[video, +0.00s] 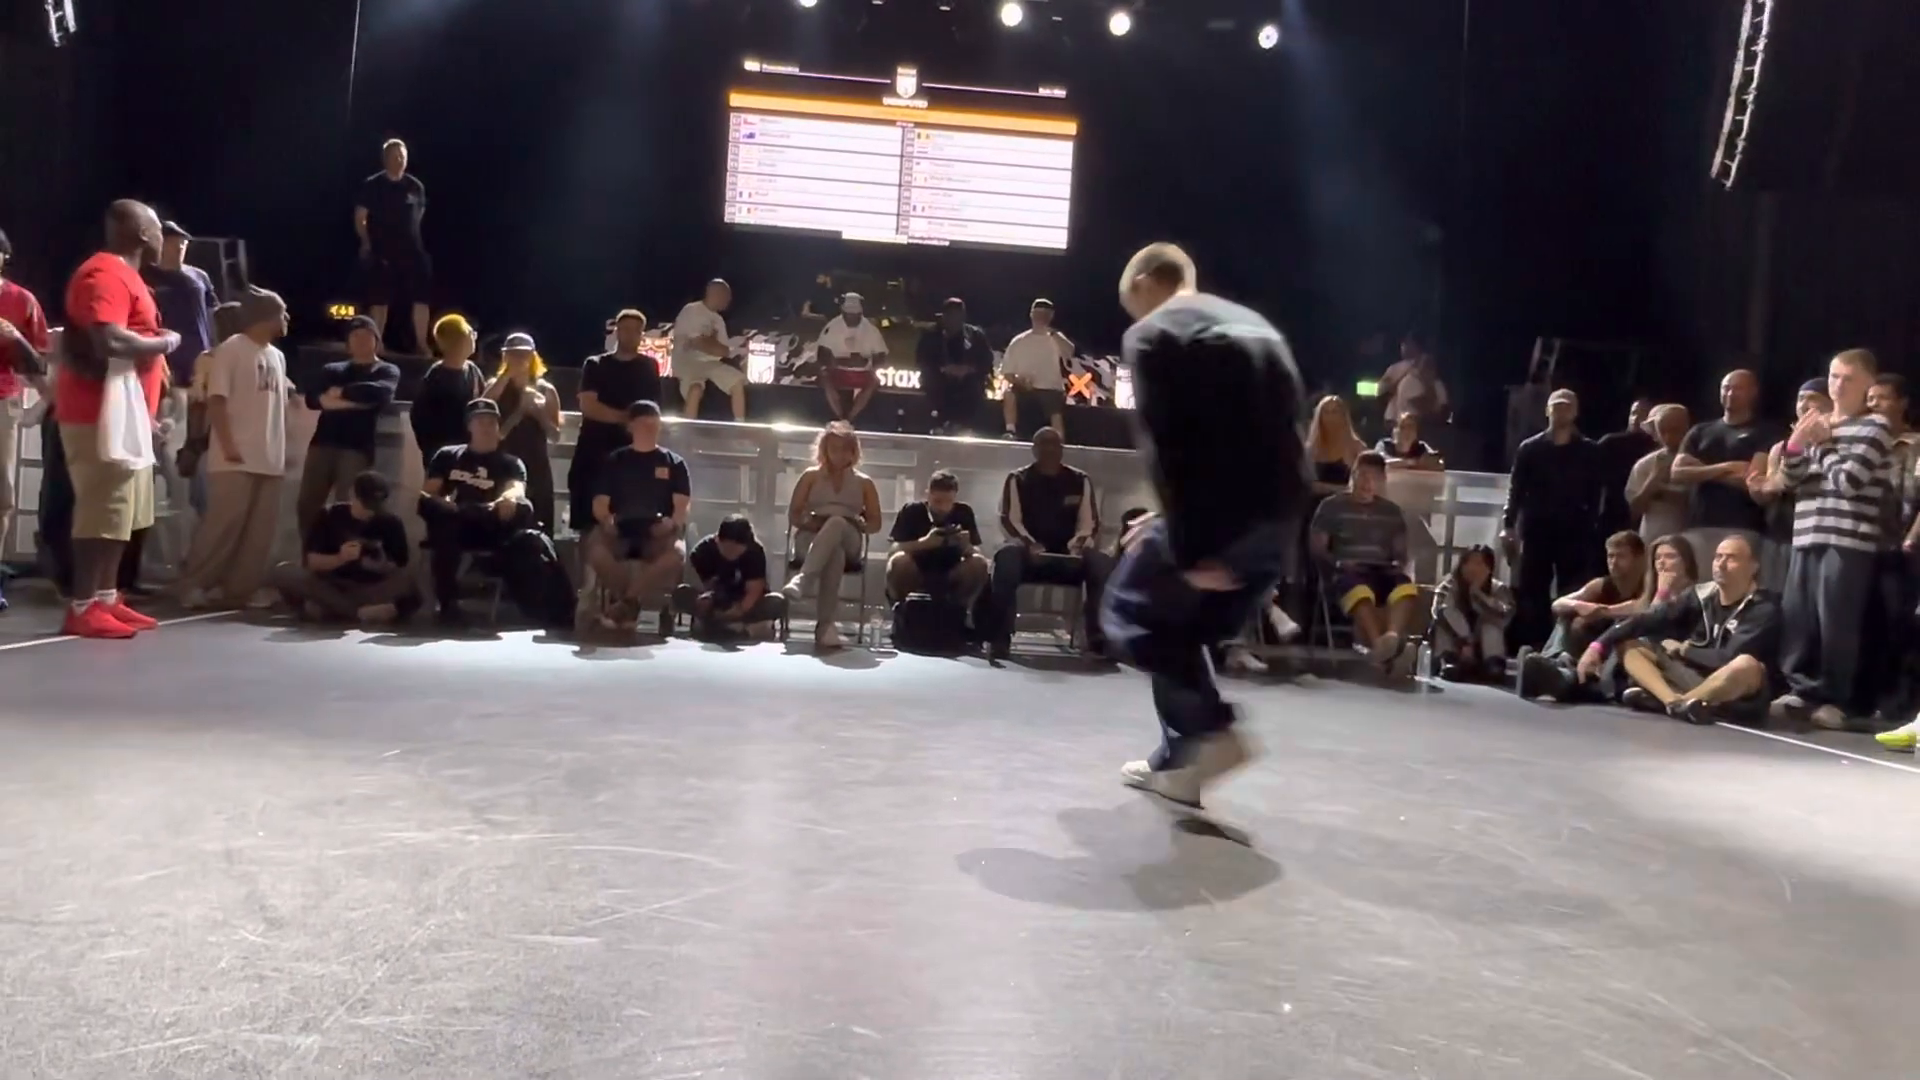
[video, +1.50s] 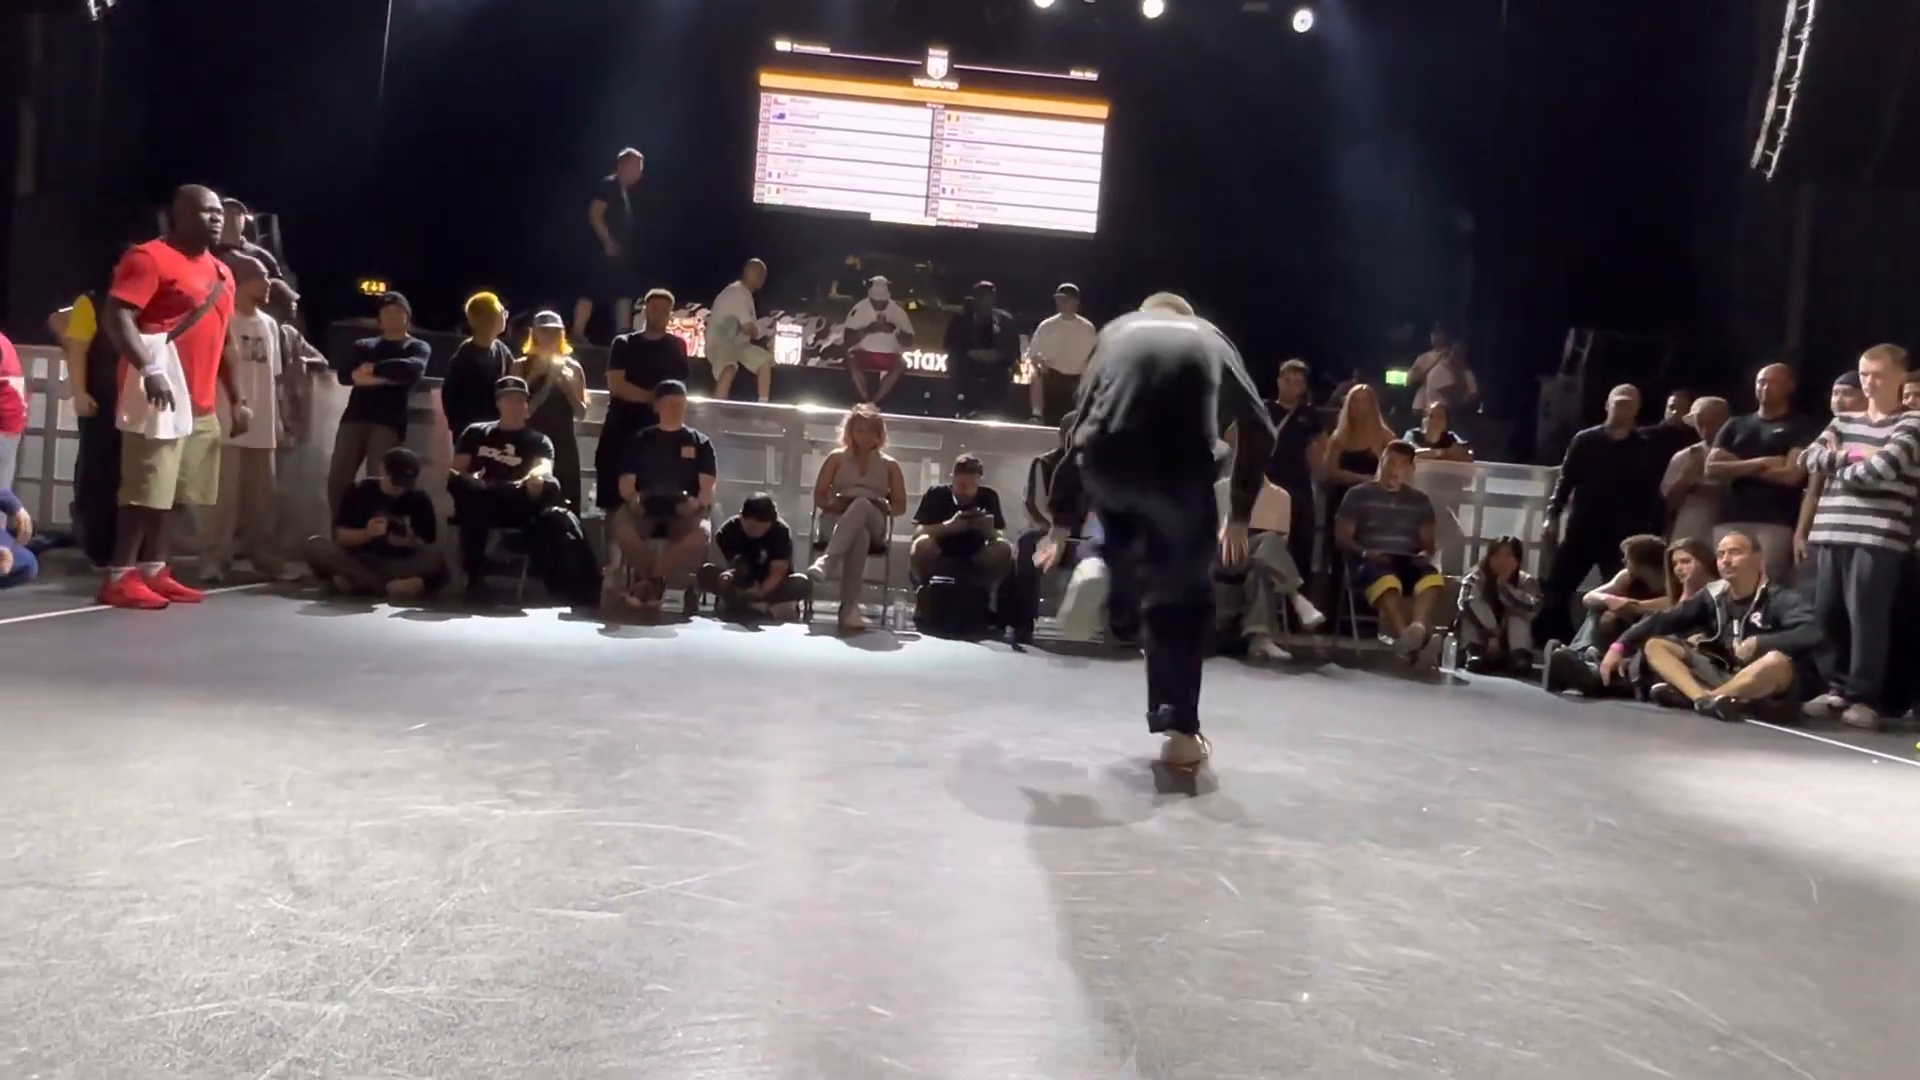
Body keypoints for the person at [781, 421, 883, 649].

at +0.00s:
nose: (840, 454)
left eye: (846, 449)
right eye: (835, 449)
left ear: (854, 452)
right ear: (824, 450)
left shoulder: (864, 483)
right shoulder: (811, 477)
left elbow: (875, 524)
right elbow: (795, 516)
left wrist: (852, 522)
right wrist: (819, 526)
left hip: (850, 545)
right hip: (810, 540)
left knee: (836, 523)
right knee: (835, 552)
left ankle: (802, 578)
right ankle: (825, 626)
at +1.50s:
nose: (867, 437)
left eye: (872, 431)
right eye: (860, 431)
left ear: (880, 435)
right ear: (850, 433)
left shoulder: (889, 466)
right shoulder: (837, 459)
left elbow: (899, 507)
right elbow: (819, 497)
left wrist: (874, 505)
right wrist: (845, 508)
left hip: (874, 527)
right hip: (835, 522)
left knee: (860, 504)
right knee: (859, 533)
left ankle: (826, 560)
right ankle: (849, 608)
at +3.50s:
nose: (877, 426)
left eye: (882, 421)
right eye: (871, 420)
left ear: (889, 425)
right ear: (860, 423)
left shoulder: (899, 457)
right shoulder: (846, 449)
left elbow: (909, 498)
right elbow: (829, 488)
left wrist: (885, 495)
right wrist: (851, 497)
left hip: (884, 517)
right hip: (844, 513)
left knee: (870, 496)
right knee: (869, 525)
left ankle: (835, 551)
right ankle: (858, 599)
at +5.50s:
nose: (871, 431)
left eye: (878, 426)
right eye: (866, 425)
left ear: (886, 430)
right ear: (856, 428)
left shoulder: (895, 463)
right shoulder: (842, 455)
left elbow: (906, 503)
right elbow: (826, 494)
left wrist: (888, 505)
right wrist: (846, 502)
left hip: (881, 522)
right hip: (841, 518)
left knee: (867, 501)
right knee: (866, 531)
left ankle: (832, 557)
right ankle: (855, 605)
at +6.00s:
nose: (864, 434)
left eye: (870, 428)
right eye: (858, 428)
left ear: (878, 433)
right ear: (848, 431)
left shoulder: (888, 466)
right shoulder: (834, 459)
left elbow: (898, 506)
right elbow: (819, 499)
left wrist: (881, 509)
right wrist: (839, 506)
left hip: (873, 526)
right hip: (833, 521)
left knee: (859, 504)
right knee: (859, 535)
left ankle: (825, 561)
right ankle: (848, 607)